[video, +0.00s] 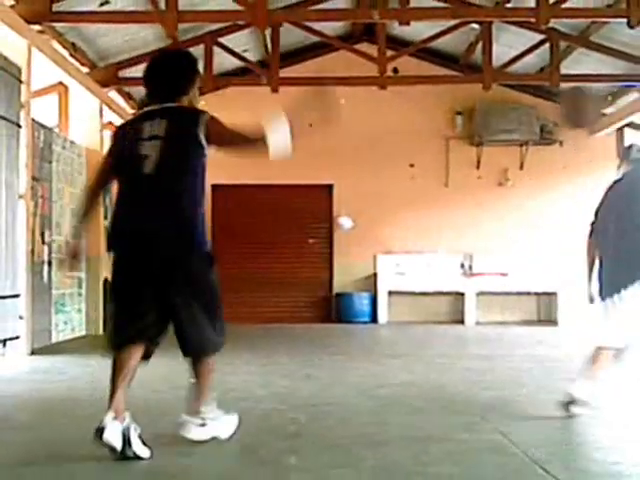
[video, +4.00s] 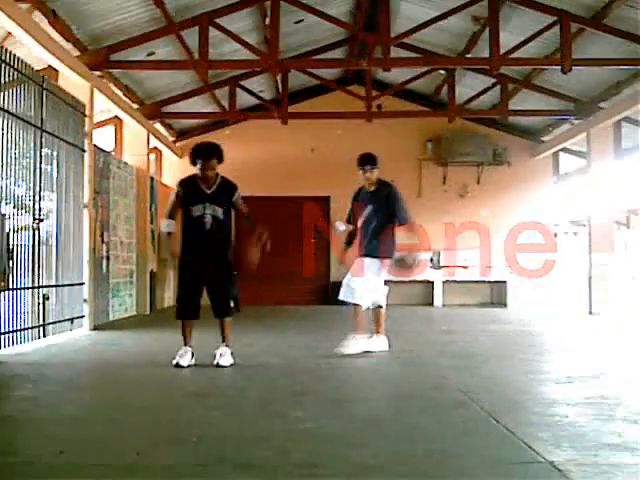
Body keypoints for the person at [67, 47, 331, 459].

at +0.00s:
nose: (198, 89)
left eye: (197, 83)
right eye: (195, 83)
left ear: (148, 85)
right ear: (188, 86)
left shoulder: (127, 130)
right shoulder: (194, 120)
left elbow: (99, 184)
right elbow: (234, 139)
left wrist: (77, 232)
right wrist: (269, 135)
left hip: (132, 247)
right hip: (181, 246)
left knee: (134, 331)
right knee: (204, 327)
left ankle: (115, 420)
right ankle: (200, 415)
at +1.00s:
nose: (200, 144)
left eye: (206, 137)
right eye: (197, 138)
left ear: (221, 139)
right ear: (193, 140)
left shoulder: (224, 167)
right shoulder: (206, 169)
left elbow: (233, 206)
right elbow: (218, 207)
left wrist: (206, 232)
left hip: (225, 248)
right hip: (210, 247)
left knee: (216, 309)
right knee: (208, 309)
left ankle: (246, 362)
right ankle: (231, 362)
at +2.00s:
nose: (222, 171)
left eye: (226, 166)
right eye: (218, 166)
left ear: (232, 166)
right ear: (210, 165)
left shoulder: (240, 191)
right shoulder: (197, 189)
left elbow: (246, 226)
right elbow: (188, 227)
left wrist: (248, 257)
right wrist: (197, 259)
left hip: (231, 259)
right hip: (204, 258)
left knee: (227, 306)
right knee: (197, 304)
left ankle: (224, 348)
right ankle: (206, 336)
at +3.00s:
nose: (216, 168)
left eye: (221, 163)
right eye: (212, 162)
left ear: (228, 162)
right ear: (204, 162)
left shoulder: (236, 189)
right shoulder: (192, 187)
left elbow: (241, 226)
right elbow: (183, 221)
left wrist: (242, 259)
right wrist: (182, 234)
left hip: (226, 257)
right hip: (198, 256)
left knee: (223, 306)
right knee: (193, 302)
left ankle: (219, 353)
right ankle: (198, 340)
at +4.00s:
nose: (207, 174)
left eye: (211, 169)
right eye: (203, 169)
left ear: (218, 166)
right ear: (196, 166)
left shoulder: (228, 188)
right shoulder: (186, 187)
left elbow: (244, 214)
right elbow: (170, 217)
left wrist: (257, 231)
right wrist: (168, 242)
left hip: (220, 256)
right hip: (191, 256)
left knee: (223, 303)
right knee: (187, 304)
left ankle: (225, 347)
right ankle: (187, 348)